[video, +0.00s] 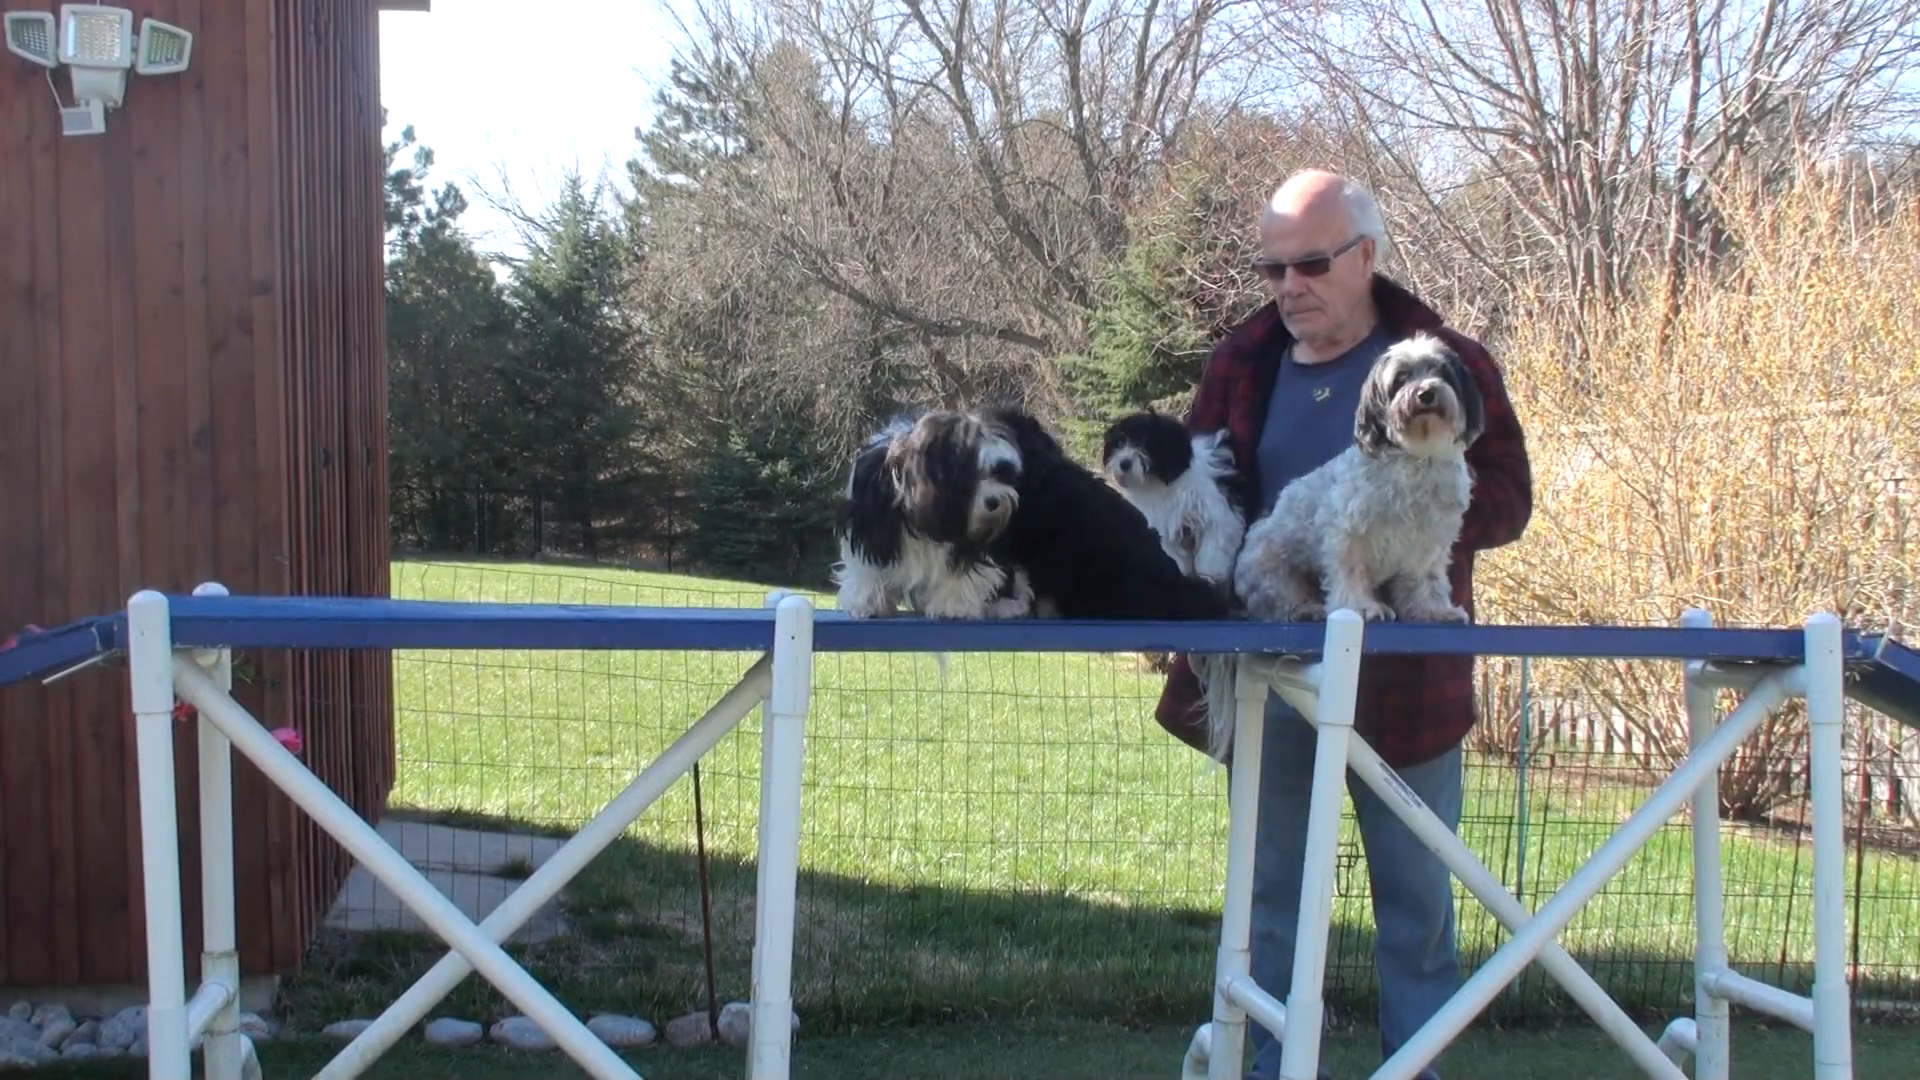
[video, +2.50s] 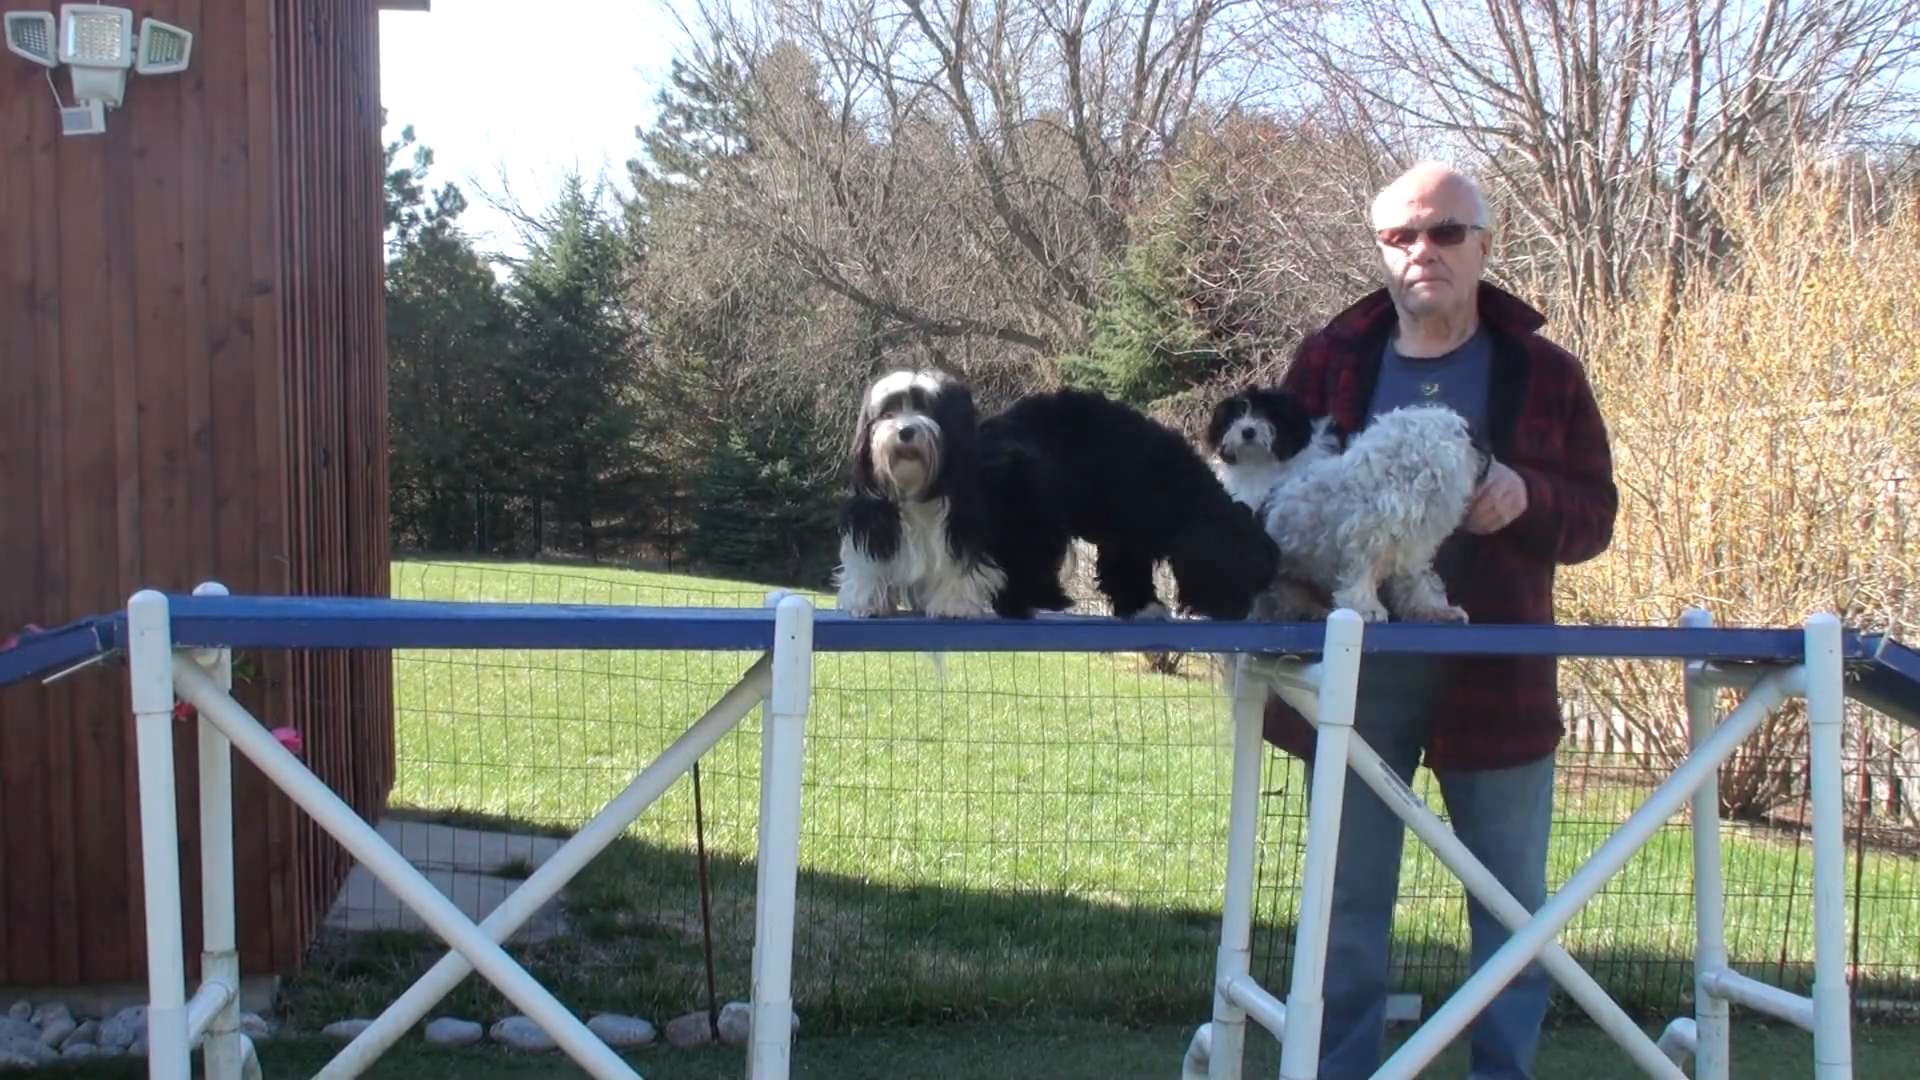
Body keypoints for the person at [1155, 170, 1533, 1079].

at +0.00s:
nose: (1292, 285)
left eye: (1314, 264)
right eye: (1276, 265)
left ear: (1367, 257)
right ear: (1261, 265)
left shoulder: (1446, 365)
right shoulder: (1235, 367)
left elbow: (1504, 496)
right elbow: (1192, 509)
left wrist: (1397, 546)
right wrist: (1195, 623)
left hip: (1407, 670)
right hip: (1271, 668)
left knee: (1415, 895)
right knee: (1271, 885)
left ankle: (1417, 1062)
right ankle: (1269, 1059)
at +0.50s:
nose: (1333, 286)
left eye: (1355, 265)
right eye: (1312, 267)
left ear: (1398, 258)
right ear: (1291, 266)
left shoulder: (1470, 372)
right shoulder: (1251, 370)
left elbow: (1520, 509)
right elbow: (1209, 508)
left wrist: (1395, 535)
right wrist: (1276, 567)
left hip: (1427, 674)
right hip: (1282, 668)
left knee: (1464, 899)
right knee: (1270, 888)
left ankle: (1477, 1062)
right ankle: (1268, 1062)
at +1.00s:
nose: (1403, 273)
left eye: (1428, 255)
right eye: (1390, 255)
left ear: (1484, 257)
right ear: (1375, 258)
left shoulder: (1557, 378)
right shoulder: (1344, 362)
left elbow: (1600, 524)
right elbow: (1290, 498)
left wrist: (1465, 488)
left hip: (1496, 677)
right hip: (1352, 667)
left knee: (1500, 919)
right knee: (1320, 903)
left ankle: (1485, 1067)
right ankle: (1298, 1064)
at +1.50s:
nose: (1370, 277)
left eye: (1392, 257)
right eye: (1359, 260)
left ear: (1453, 255)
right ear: (1349, 264)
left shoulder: (1541, 373)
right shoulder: (1325, 367)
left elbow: (1588, 510)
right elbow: (1278, 502)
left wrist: (1468, 483)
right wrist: (1292, 562)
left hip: (1489, 674)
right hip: (1349, 668)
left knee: (1496, 907)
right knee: (1343, 902)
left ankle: (1487, 1065)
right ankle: (1335, 1068)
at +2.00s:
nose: (1375, 255)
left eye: (1398, 238)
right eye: (1357, 241)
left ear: (1442, 250)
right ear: (1338, 257)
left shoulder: (1513, 370)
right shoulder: (1292, 367)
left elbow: (1562, 509)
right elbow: (1239, 501)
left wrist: (1444, 480)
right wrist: (1312, 517)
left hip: (1469, 674)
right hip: (1325, 671)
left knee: (1487, 911)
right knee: (1334, 912)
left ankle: (1486, 1062)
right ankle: (1336, 1070)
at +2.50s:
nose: (1424, 251)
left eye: (1447, 232)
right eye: (1402, 236)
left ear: (1485, 244)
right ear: (1379, 251)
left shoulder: (1545, 371)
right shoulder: (1327, 360)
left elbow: (1593, 516)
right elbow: (1268, 492)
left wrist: (1531, 495)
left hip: (1499, 666)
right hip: (1359, 659)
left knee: (1510, 902)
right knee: (1349, 895)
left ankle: (1504, 1064)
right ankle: (1337, 1067)